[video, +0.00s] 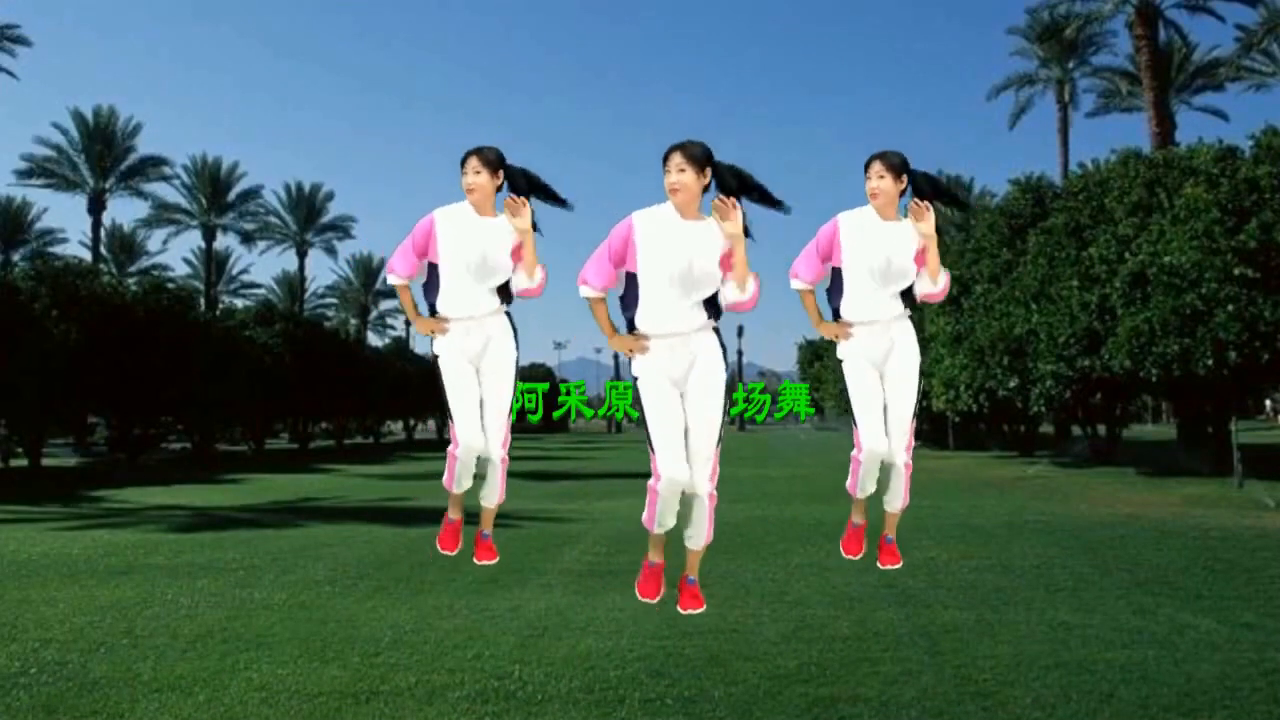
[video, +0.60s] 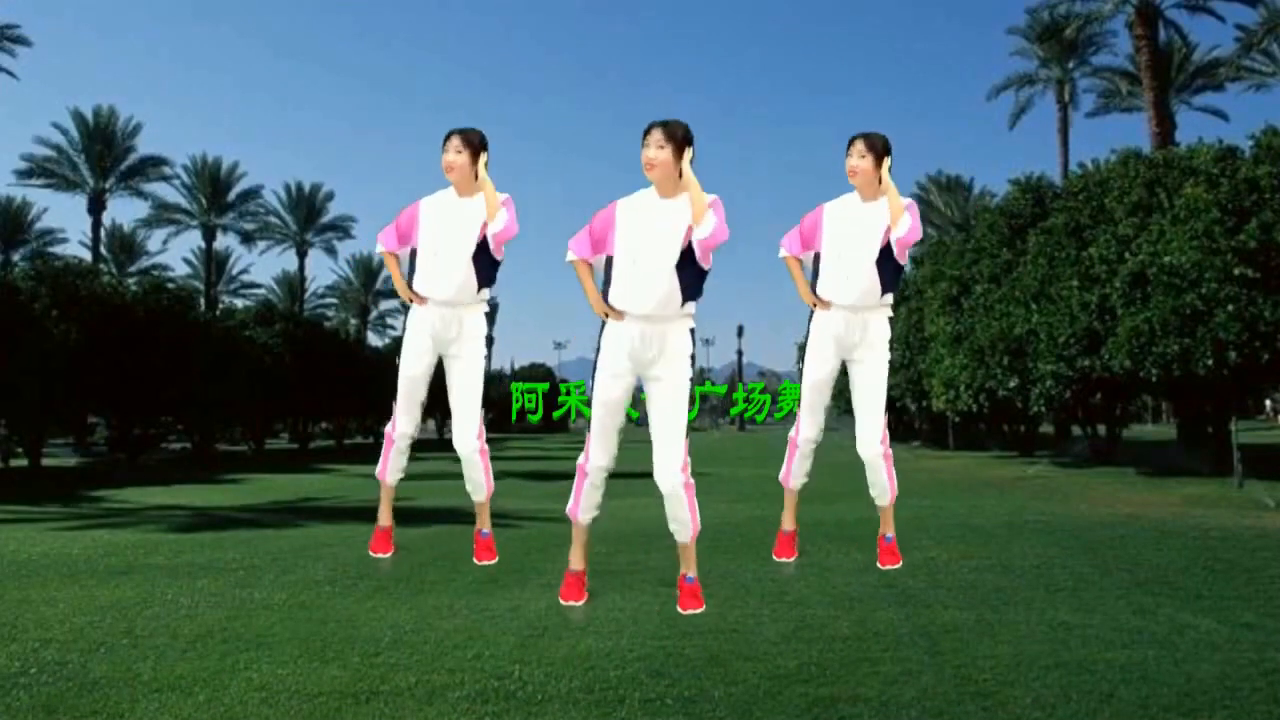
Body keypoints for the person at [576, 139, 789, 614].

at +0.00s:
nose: (673, 177)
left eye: (682, 170)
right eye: (668, 170)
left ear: (704, 177)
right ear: (662, 178)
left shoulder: (720, 231)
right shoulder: (638, 225)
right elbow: (592, 281)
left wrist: (737, 238)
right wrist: (613, 335)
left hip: (703, 352)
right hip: (652, 353)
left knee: (702, 473)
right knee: (672, 472)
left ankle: (691, 578)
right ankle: (654, 557)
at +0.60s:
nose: (650, 155)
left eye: (660, 147)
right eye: (646, 147)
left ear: (682, 156)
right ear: (642, 156)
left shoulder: (704, 208)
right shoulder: (622, 209)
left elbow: (707, 244)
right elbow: (579, 251)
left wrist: (690, 180)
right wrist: (597, 302)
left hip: (671, 338)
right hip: (620, 333)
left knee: (672, 467)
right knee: (598, 454)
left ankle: (689, 573)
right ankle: (576, 564)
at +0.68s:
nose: (650, 134)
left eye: (661, 126)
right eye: (648, 126)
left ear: (684, 136)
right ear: (645, 135)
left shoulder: (703, 186)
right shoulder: (623, 187)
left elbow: (721, 220)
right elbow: (579, 228)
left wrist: (700, 159)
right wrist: (598, 280)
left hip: (675, 314)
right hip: (624, 311)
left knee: (680, 448)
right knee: (604, 440)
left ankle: (691, 566)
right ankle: (585, 539)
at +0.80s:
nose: (658, 131)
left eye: (669, 125)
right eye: (655, 124)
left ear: (692, 137)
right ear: (649, 133)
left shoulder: (704, 185)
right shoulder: (622, 183)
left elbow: (716, 228)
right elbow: (579, 229)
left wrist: (705, 163)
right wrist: (597, 283)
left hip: (680, 307)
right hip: (631, 305)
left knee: (682, 441)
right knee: (625, 440)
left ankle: (684, 563)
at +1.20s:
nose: (663, 143)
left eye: (673, 136)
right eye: (659, 136)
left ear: (689, 149)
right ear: (652, 144)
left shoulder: (697, 202)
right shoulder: (623, 190)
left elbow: (659, 194)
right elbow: (572, 235)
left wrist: (682, 144)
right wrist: (583, 290)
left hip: (661, 316)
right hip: (613, 313)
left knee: (669, 453)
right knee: (604, 451)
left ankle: (678, 568)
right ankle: (594, 537)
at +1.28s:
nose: (658, 150)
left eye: (670, 142)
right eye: (653, 141)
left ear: (689, 152)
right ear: (645, 148)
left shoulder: (696, 203)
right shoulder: (619, 193)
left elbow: (648, 202)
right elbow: (568, 235)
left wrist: (643, 169)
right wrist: (580, 288)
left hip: (653, 323)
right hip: (604, 319)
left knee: (661, 455)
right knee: (592, 450)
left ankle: (673, 568)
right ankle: (574, 547)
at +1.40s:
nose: (648, 187)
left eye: (657, 179)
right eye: (641, 180)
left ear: (678, 187)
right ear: (637, 186)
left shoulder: (687, 239)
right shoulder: (616, 230)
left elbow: (639, 238)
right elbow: (562, 265)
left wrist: (607, 181)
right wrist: (569, 316)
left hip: (641, 364)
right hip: (593, 354)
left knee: (641, 487)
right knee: (576, 477)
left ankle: (663, 580)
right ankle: (559, 564)